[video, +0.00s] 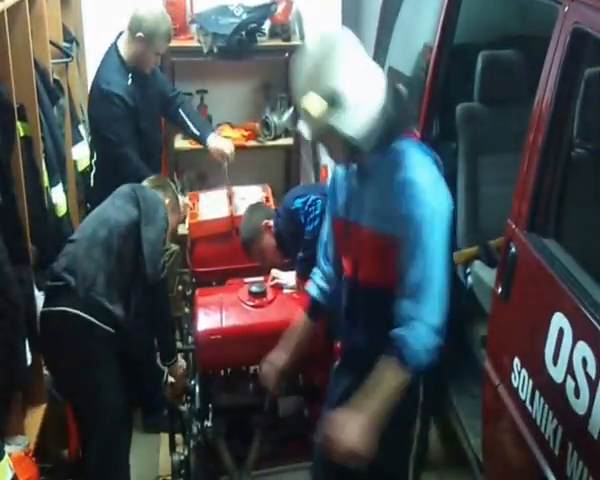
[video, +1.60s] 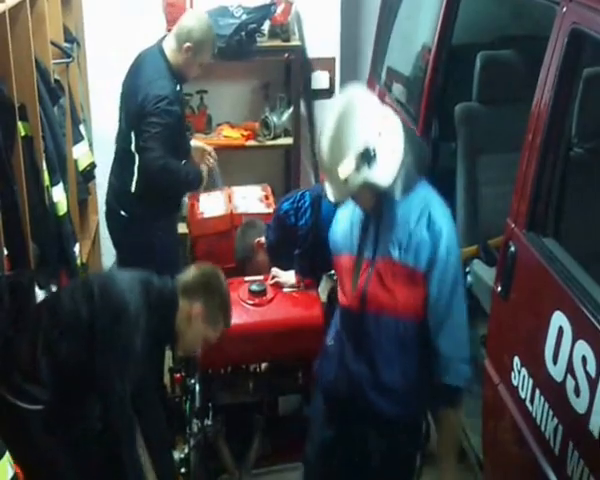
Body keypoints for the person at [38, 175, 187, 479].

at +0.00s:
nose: (172, 231)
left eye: (176, 225)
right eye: (175, 222)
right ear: (171, 204)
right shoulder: (151, 198)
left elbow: (132, 315)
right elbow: (153, 277)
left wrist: (158, 373)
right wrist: (172, 356)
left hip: (55, 320)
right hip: (86, 325)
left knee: (96, 428)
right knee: (112, 426)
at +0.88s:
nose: (183, 232)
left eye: (190, 223)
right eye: (186, 217)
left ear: (167, 186)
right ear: (169, 188)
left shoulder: (125, 198)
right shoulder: (131, 209)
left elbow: (131, 301)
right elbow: (129, 302)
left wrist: (152, 369)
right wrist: (151, 372)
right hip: (61, 348)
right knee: (86, 456)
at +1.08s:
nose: (190, 249)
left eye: (196, 241)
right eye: (193, 236)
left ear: (177, 205)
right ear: (178, 205)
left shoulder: (150, 232)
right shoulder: (121, 222)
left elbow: (143, 325)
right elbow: (116, 322)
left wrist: (149, 392)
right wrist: (137, 395)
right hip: (53, 364)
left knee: (111, 459)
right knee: (77, 464)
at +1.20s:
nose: (192, 267)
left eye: (198, 258)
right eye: (196, 255)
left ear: (184, 225)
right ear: (184, 227)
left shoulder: (154, 248)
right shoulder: (123, 240)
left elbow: (144, 345)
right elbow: (110, 343)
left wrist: (150, 424)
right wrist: (125, 433)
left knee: (109, 463)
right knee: (76, 467)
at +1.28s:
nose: (193, 293)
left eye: (202, 284)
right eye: (200, 279)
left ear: (187, 249)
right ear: (189, 250)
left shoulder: (155, 267)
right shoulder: (125, 253)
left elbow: (147, 369)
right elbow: (115, 360)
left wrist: (159, 451)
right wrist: (132, 455)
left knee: (109, 465)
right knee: (73, 470)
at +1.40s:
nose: (196, 317)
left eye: (205, 307)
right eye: (204, 302)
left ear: (190, 274)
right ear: (192, 275)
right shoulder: (126, 271)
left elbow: (148, 382)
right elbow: (118, 373)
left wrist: (165, 463)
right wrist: (140, 464)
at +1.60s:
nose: (199, 350)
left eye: (207, 344)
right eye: (205, 340)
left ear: (193, 310)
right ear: (194, 312)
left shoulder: (154, 306)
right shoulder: (130, 311)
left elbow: (149, 404)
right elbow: (120, 412)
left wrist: (169, 472)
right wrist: (135, 473)